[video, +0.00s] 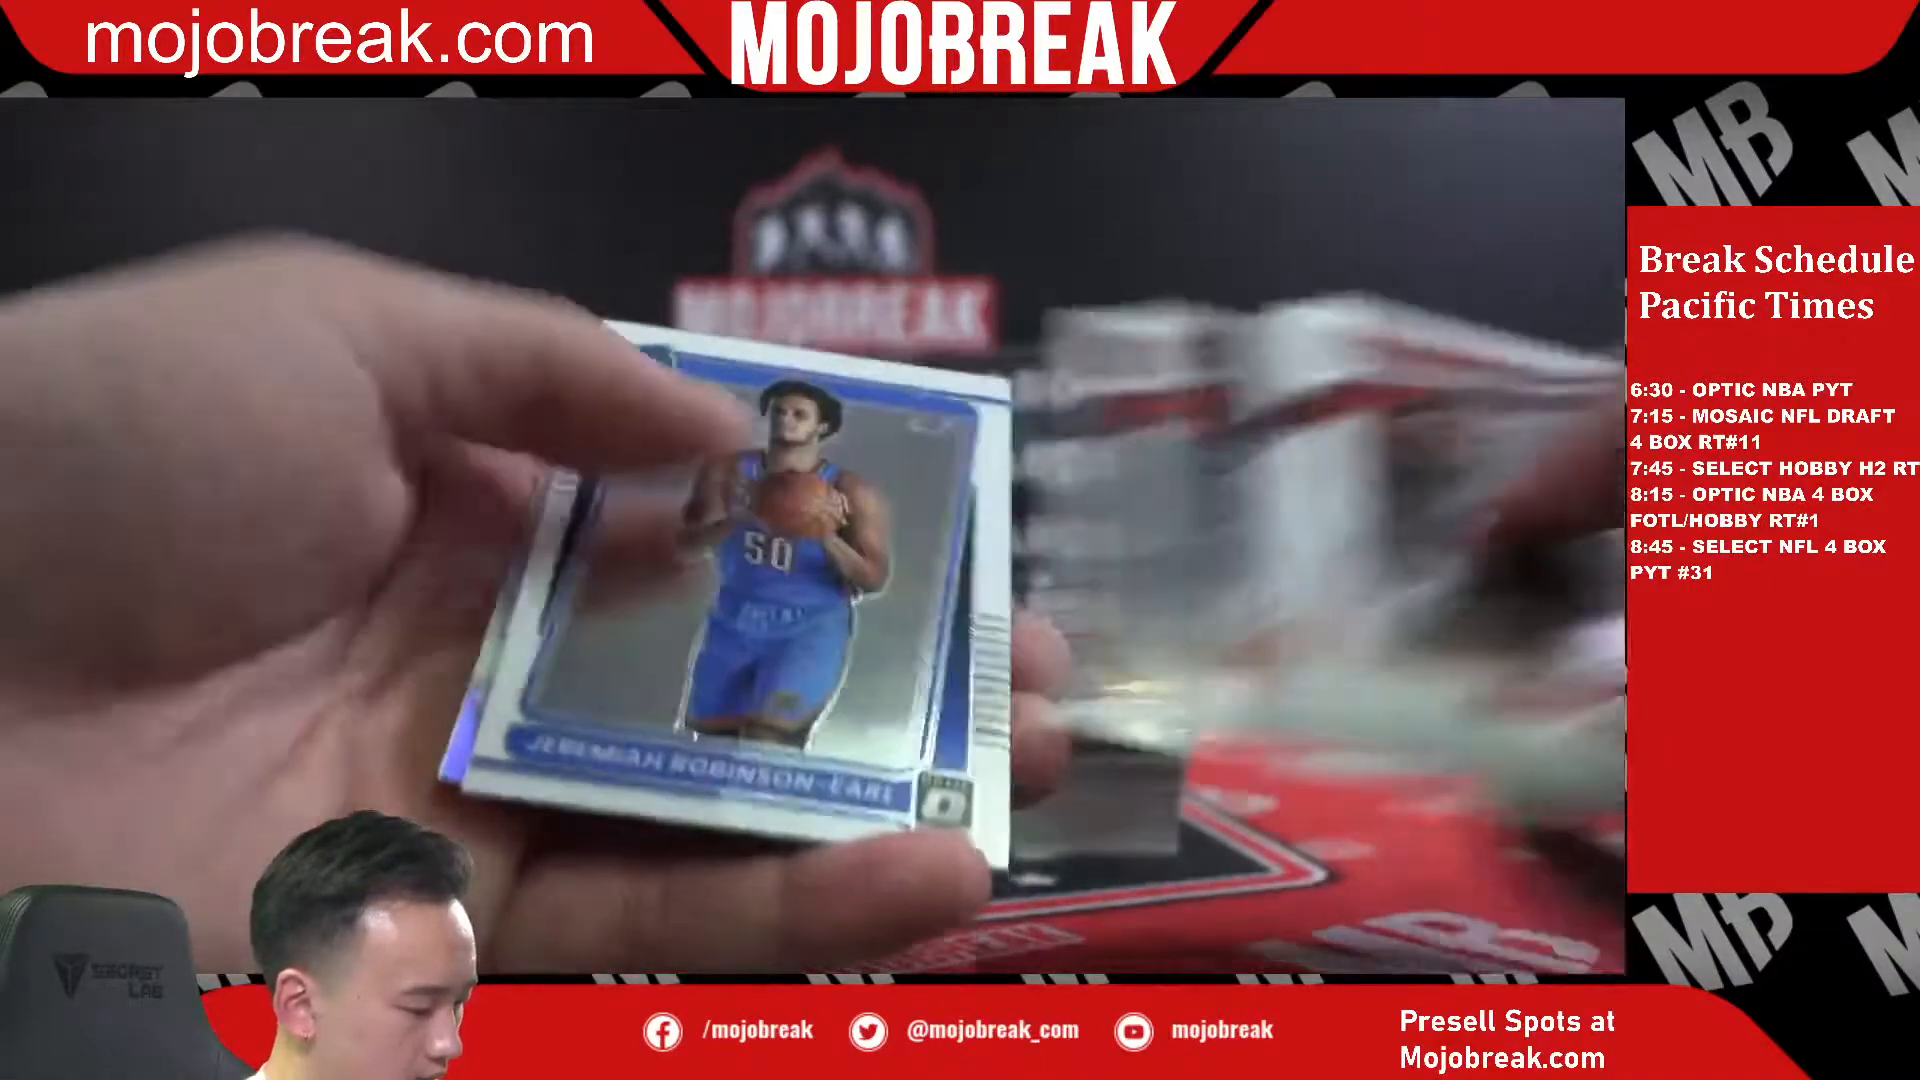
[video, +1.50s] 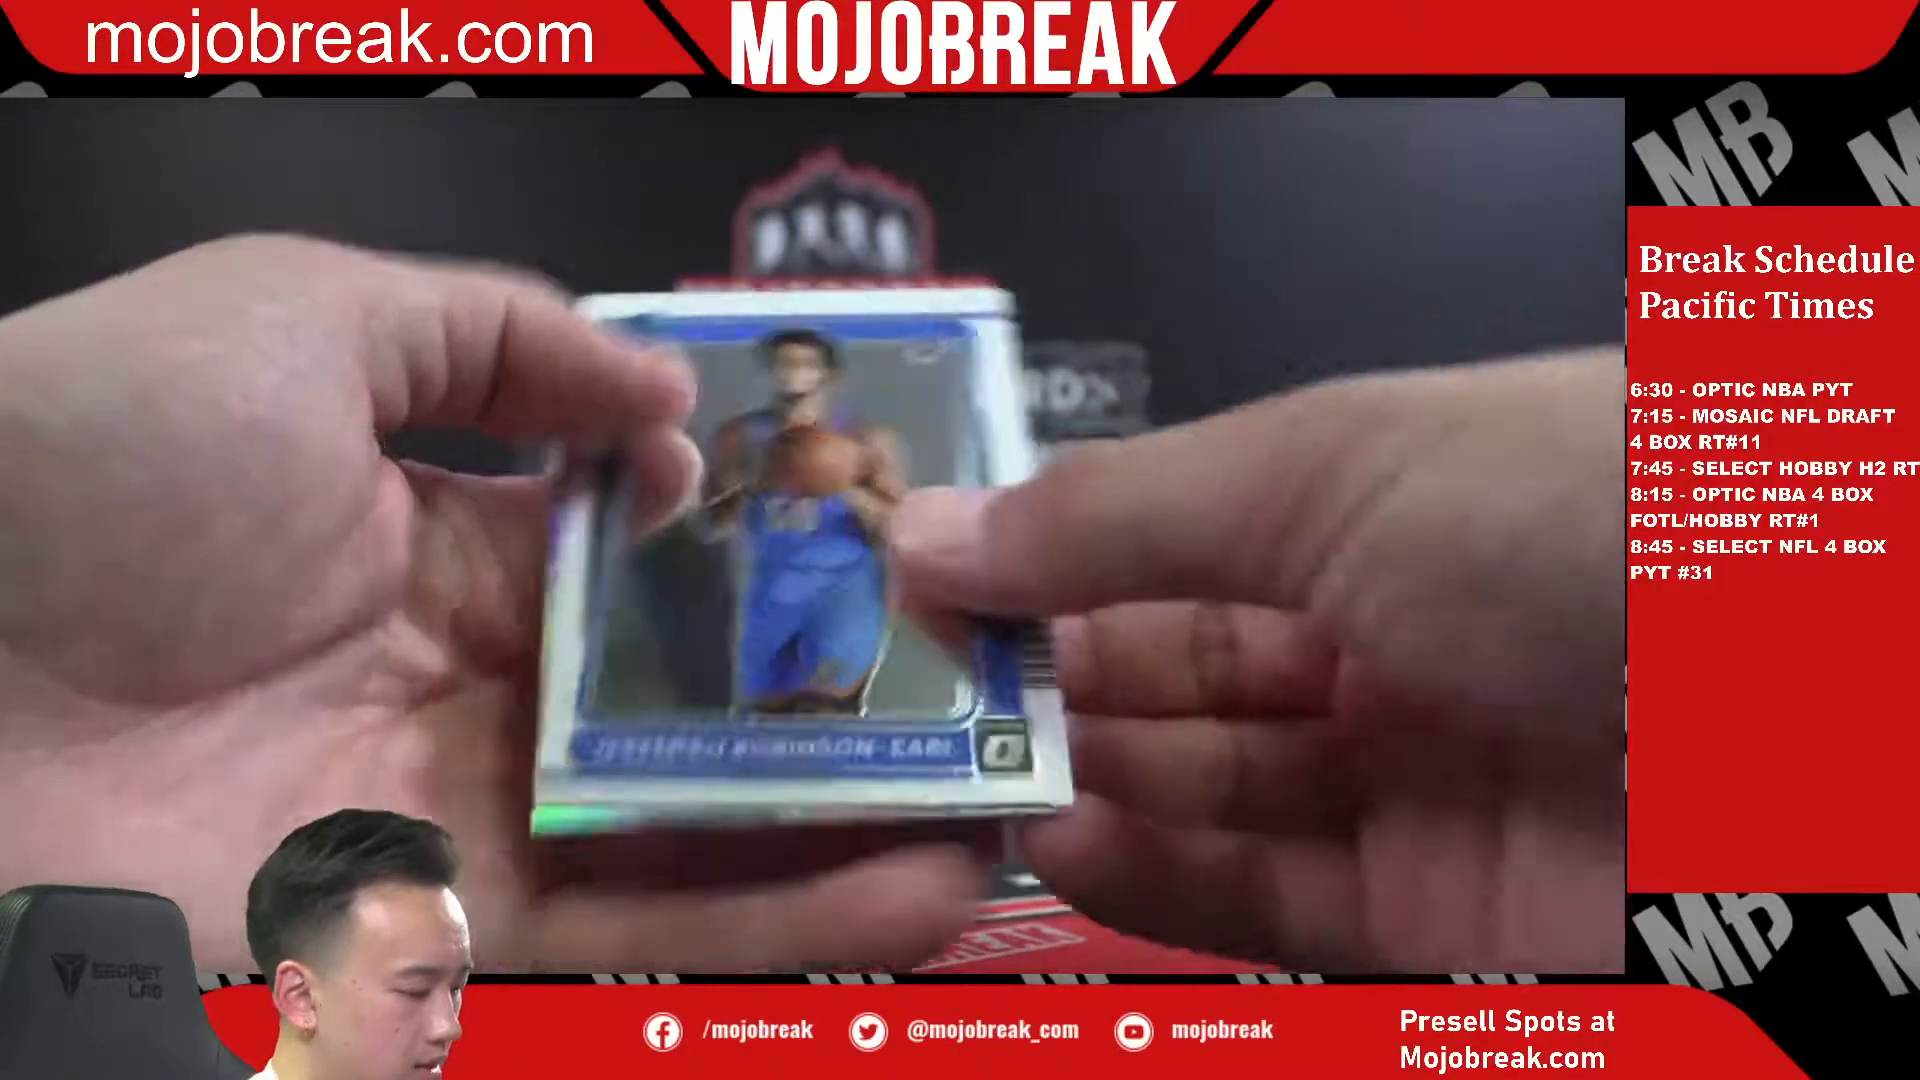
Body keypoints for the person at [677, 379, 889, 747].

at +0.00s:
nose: (787, 420)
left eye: (800, 414)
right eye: (780, 411)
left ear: (822, 427)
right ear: (769, 417)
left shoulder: (852, 493)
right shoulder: (727, 471)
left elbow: (874, 577)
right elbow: (689, 541)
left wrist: (828, 537)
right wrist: (742, 518)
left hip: (811, 631)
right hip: (734, 623)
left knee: (764, 748)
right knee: (707, 750)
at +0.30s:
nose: (738, 416)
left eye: (751, 410)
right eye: (730, 408)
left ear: (773, 421)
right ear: (718, 415)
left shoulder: (810, 483)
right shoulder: (680, 468)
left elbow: (833, 567)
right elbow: (644, 541)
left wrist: (785, 527)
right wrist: (693, 516)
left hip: (773, 621)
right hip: (695, 616)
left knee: (729, 736)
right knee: (680, 743)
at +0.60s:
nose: (742, 396)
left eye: (756, 388)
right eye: (734, 385)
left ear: (781, 403)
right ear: (720, 394)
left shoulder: (815, 475)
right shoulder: (681, 460)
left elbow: (836, 575)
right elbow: (642, 557)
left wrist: (787, 527)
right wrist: (696, 517)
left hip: (775, 639)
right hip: (694, 632)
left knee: (729, 776)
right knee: (675, 782)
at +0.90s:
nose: (757, 391)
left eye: (773, 384)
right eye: (750, 381)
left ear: (800, 399)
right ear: (737, 389)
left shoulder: (834, 474)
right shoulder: (699, 458)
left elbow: (852, 581)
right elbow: (659, 560)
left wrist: (805, 530)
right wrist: (711, 520)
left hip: (791, 646)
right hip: (711, 640)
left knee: (742, 789)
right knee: (691, 795)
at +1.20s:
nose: (778, 364)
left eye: (793, 356)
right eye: (770, 353)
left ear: (820, 372)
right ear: (758, 362)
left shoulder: (857, 447)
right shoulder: (721, 433)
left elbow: (880, 552)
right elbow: (684, 536)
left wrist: (831, 505)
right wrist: (736, 494)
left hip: (821, 619)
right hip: (739, 615)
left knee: (780, 761)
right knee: (726, 768)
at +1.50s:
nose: (793, 377)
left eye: (805, 365)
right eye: (784, 365)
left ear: (827, 376)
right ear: (772, 372)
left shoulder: (864, 443)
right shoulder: (741, 439)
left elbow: (898, 527)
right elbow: (707, 528)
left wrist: (849, 492)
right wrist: (742, 492)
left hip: (847, 589)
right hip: (771, 591)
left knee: (827, 707)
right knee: (760, 717)